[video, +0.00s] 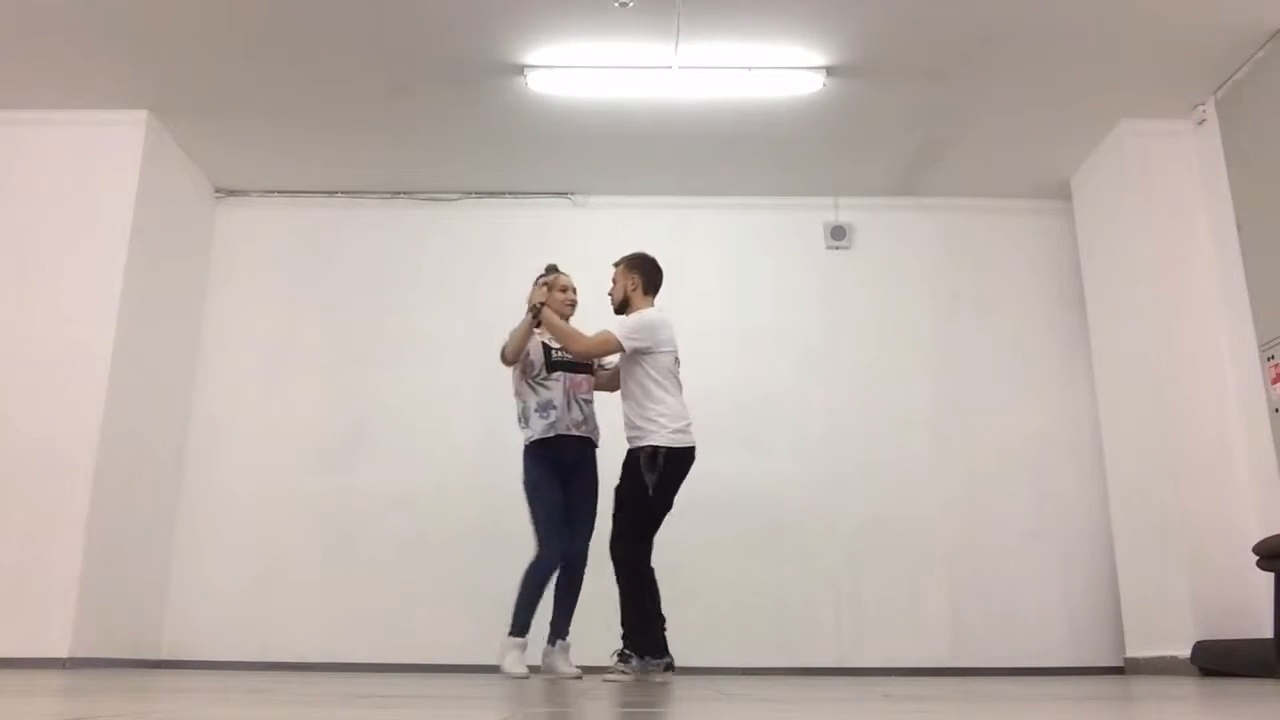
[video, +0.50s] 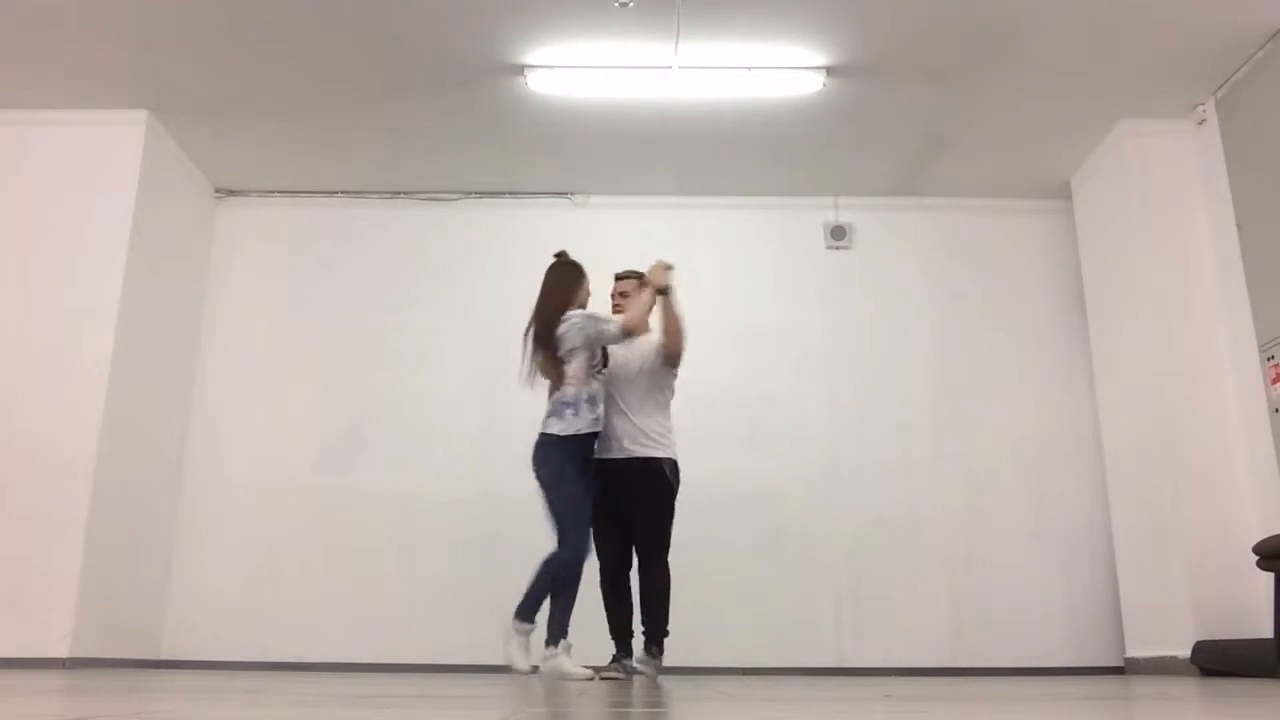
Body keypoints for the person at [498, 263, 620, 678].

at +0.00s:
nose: (570, 297)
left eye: (573, 292)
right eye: (561, 291)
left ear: (577, 301)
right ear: (541, 299)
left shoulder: (583, 349)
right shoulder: (527, 339)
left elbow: (609, 381)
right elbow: (509, 355)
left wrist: (641, 359)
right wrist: (531, 315)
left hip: (582, 453)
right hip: (542, 453)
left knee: (576, 553)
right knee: (551, 551)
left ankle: (556, 648)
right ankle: (515, 644)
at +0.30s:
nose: (579, 300)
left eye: (581, 294)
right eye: (572, 293)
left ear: (582, 299)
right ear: (552, 294)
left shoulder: (581, 342)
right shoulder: (534, 329)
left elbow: (615, 373)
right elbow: (554, 343)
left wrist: (656, 369)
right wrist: (573, 300)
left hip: (571, 455)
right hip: (531, 452)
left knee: (577, 546)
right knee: (526, 548)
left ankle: (561, 646)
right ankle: (511, 646)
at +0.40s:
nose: (585, 291)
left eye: (583, 285)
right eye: (578, 285)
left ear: (565, 290)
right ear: (559, 289)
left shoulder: (576, 335)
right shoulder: (547, 329)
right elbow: (585, 332)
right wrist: (608, 297)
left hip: (578, 449)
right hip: (544, 449)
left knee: (573, 550)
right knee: (543, 549)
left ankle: (555, 649)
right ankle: (511, 643)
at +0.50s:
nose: (590, 291)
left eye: (587, 285)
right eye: (587, 285)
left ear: (554, 288)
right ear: (578, 289)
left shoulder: (562, 326)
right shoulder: (575, 324)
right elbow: (632, 325)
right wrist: (652, 287)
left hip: (576, 450)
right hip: (560, 450)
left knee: (575, 549)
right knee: (571, 547)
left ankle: (556, 647)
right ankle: (521, 623)